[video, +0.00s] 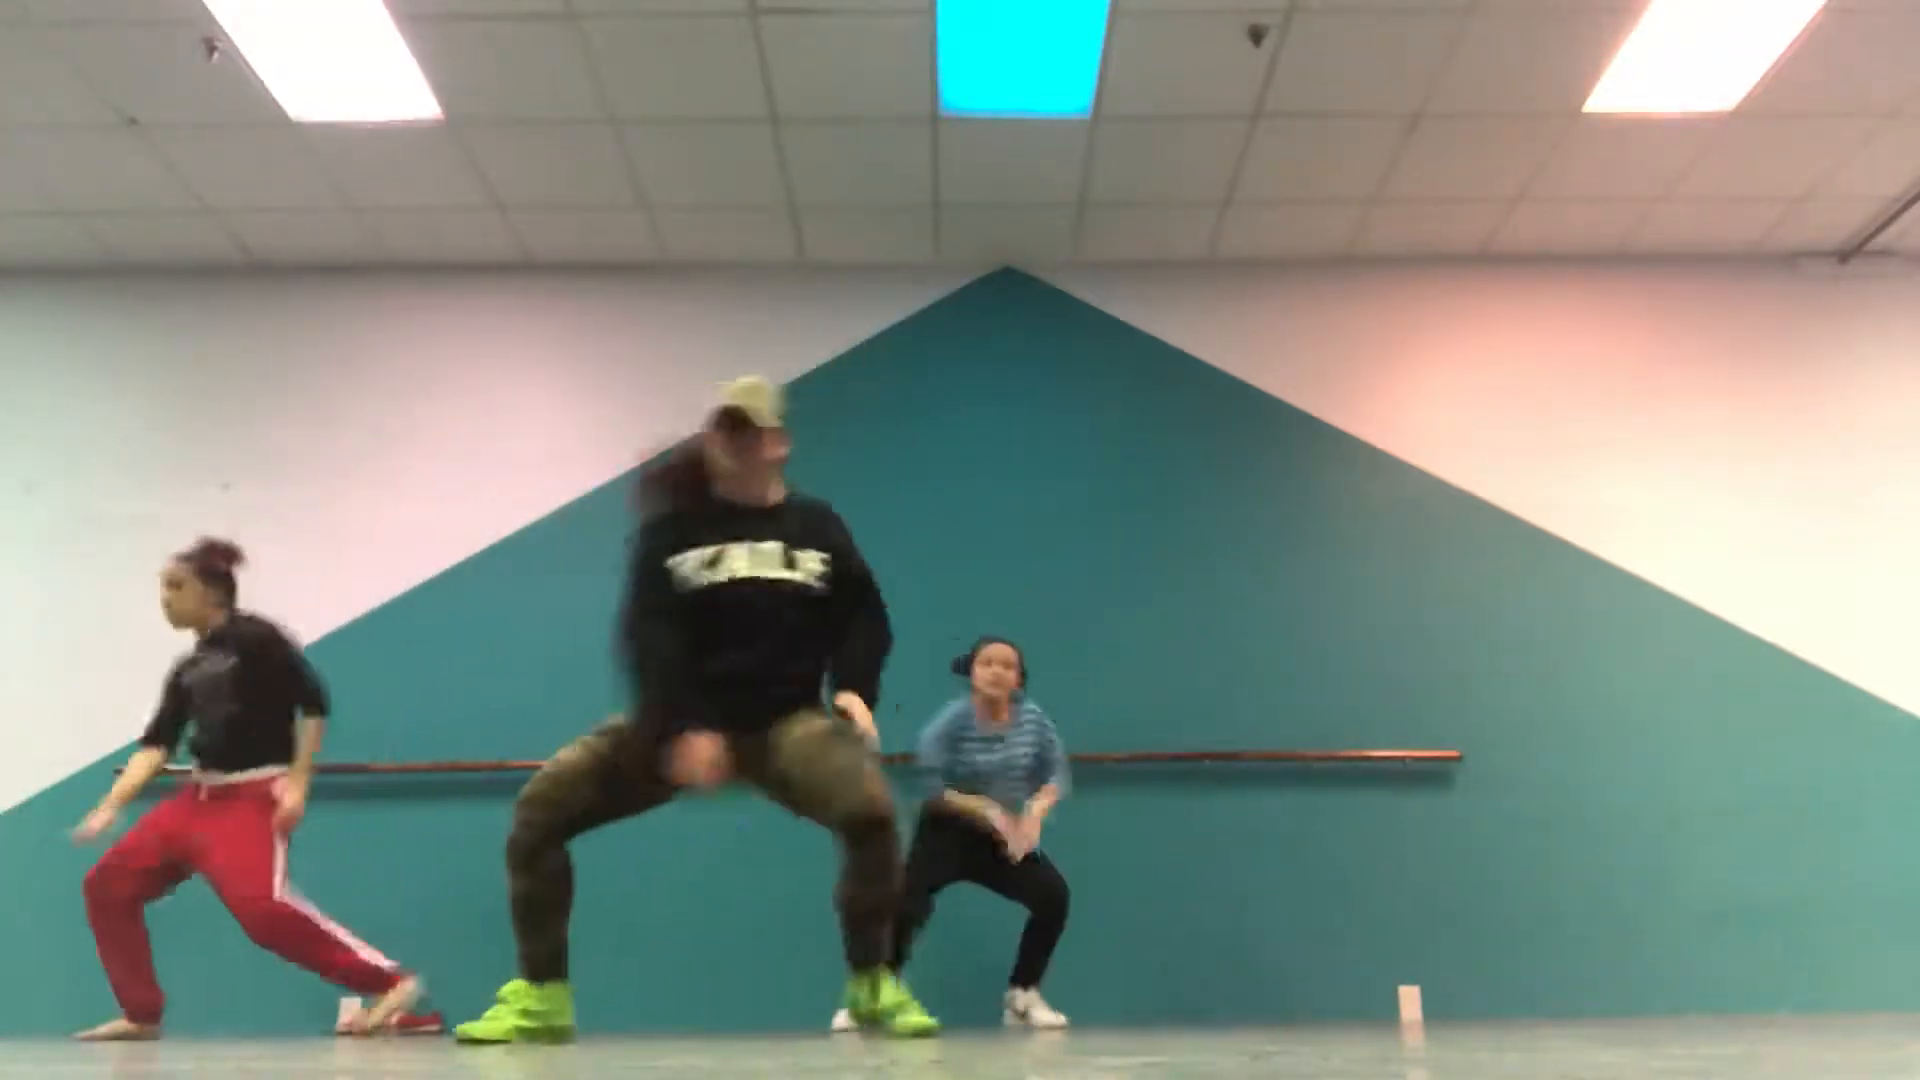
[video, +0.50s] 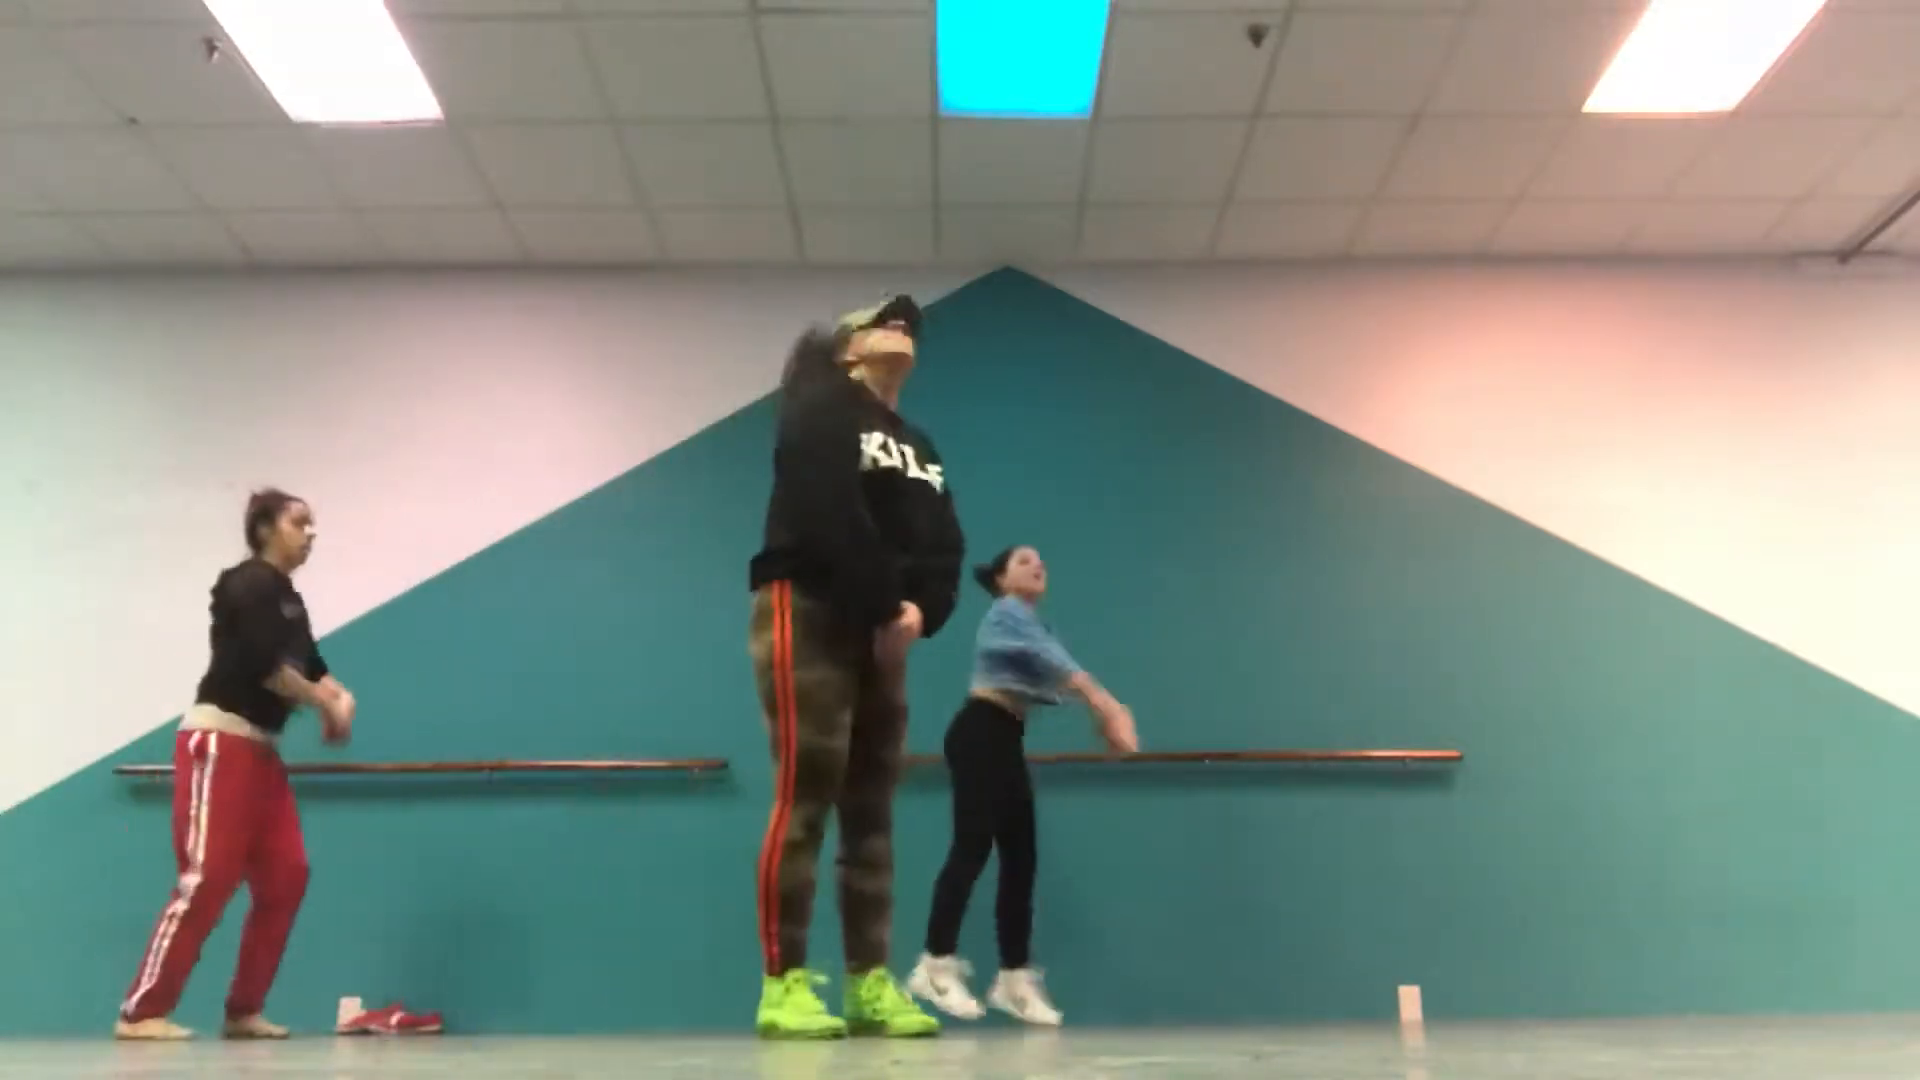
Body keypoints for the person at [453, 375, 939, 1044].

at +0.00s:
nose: (734, 447)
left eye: (751, 434)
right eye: (725, 434)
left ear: (781, 446)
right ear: (706, 443)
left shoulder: (818, 529)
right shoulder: (668, 533)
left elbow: (865, 615)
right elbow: (649, 636)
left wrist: (856, 689)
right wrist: (680, 726)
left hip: (785, 727)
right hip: (683, 726)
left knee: (869, 810)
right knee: (539, 814)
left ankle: (873, 985)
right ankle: (543, 996)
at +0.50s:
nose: (903, 329)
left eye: (906, 323)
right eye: (886, 321)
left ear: (905, 353)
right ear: (849, 345)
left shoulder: (915, 440)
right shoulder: (822, 402)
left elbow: (945, 541)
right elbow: (827, 510)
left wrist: (924, 606)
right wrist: (885, 597)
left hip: (879, 616)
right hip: (806, 602)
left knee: (870, 798)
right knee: (807, 792)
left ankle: (868, 981)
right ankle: (783, 984)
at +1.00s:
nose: (915, 343)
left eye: (915, 333)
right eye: (903, 331)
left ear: (871, 329)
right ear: (864, 328)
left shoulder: (876, 394)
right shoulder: (847, 373)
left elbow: (949, 467)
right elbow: (929, 425)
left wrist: (1031, 453)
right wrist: (1027, 432)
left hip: (852, 570)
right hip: (838, 561)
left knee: (887, 760)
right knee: (920, 731)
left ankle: (822, 946)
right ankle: (839, 902)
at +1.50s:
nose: (971, 397)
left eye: (970, 385)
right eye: (963, 385)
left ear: (930, 386)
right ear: (929, 385)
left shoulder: (946, 464)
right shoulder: (890, 454)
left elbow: (926, 564)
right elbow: (865, 556)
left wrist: (936, 665)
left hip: (901, 648)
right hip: (876, 650)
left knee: (938, 834)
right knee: (980, 795)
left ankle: (805, 923)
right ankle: (947, 981)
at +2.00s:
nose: (957, 395)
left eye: (952, 382)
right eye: (948, 383)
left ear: (894, 388)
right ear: (925, 386)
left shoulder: (859, 445)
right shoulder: (912, 452)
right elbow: (921, 579)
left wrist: (948, 674)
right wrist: (967, 679)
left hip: (802, 631)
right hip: (853, 632)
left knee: (861, 820)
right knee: (950, 802)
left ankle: (725, 918)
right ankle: (898, 973)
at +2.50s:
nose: (936, 381)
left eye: (931, 368)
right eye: (928, 371)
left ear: (849, 387)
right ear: (911, 384)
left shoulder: (819, 454)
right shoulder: (937, 447)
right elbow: (989, 513)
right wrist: (919, 488)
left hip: (791, 624)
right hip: (877, 622)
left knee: (871, 814)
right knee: (822, 806)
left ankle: (923, 984)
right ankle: (739, 979)